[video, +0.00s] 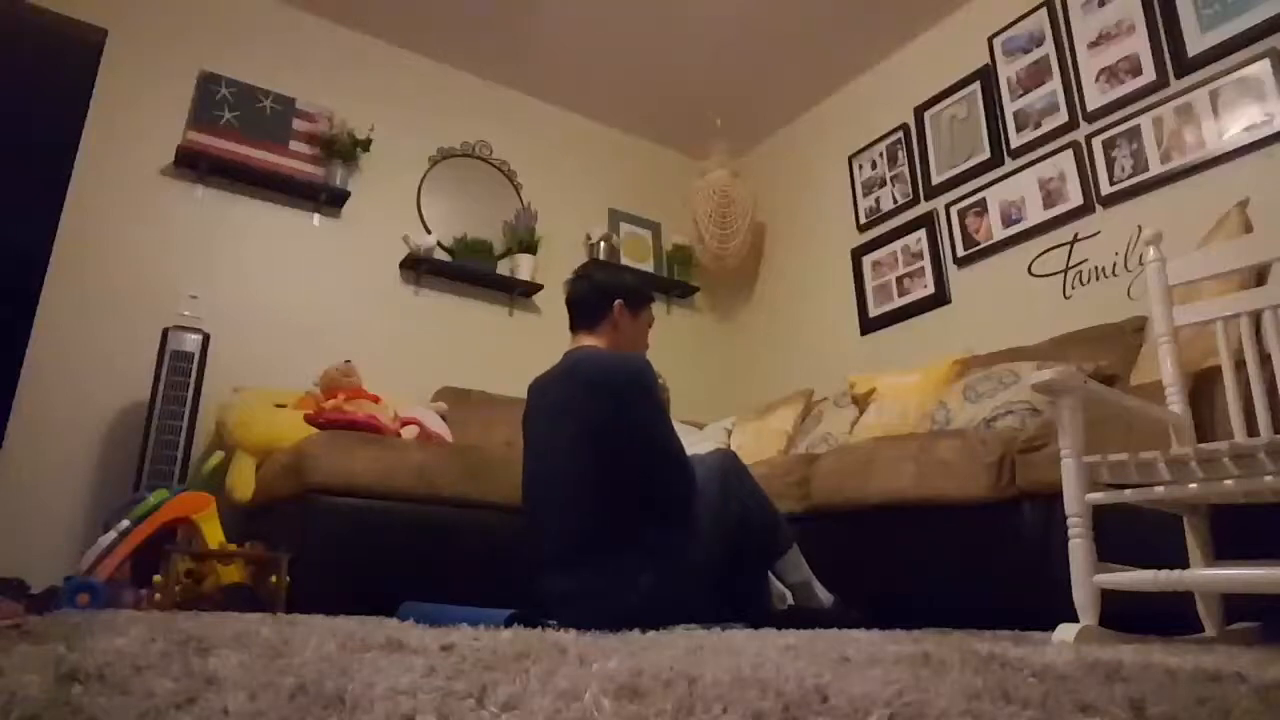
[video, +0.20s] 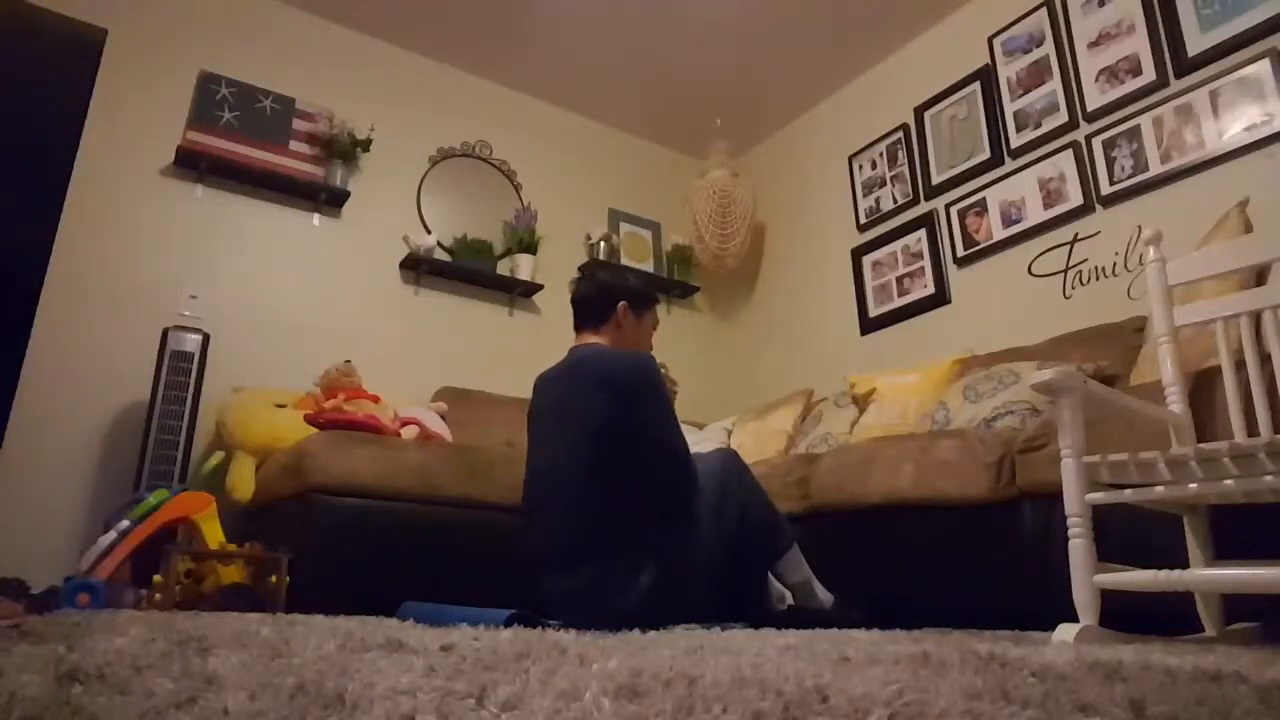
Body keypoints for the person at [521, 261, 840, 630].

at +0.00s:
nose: (648, 338)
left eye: (651, 325)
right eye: (647, 323)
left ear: (576, 318)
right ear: (619, 313)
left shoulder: (541, 388)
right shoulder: (628, 375)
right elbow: (677, 497)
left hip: (564, 595)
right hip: (631, 596)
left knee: (721, 467)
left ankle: (809, 593)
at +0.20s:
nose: (652, 342)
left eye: (654, 331)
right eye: (651, 328)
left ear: (581, 319)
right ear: (622, 314)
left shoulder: (547, 383)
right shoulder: (633, 370)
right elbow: (679, 496)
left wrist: (653, 403)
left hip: (565, 598)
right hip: (631, 598)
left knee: (719, 466)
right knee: (721, 467)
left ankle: (789, 601)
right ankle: (810, 597)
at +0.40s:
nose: (652, 346)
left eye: (656, 335)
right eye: (652, 332)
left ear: (582, 321)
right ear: (624, 316)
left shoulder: (549, 382)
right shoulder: (637, 372)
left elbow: (554, 496)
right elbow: (682, 494)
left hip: (567, 599)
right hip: (634, 599)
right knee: (723, 465)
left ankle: (780, 604)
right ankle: (813, 597)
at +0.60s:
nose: (658, 358)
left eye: (662, 343)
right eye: (659, 340)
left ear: (589, 328)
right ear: (632, 321)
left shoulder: (555, 385)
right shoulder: (639, 378)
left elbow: (541, 490)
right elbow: (664, 503)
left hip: (565, 598)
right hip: (629, 599)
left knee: (717, 465)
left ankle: (806, 593)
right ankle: (787, 601)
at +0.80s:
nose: (664, 370)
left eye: (669, 356)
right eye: (667, 353)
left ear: (599, 333)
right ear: (644, 328)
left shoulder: (555, 389)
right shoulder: (642, 381)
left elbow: (539, 485)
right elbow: (666, 501)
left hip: (567, 602)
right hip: (631, 602)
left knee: (715, 465)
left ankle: (808, 591)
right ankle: (776, 606)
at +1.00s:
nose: (674, 373)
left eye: (678, 362)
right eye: (677, 358)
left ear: (611, 336)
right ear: (655, 333)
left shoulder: (563, 389)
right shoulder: (652, 382)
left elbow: (539, 475)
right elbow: (671, 501)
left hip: (566, 601)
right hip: (632, 602)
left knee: (719, 465)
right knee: (717, 472)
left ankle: (806, 592)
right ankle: (779, 603)